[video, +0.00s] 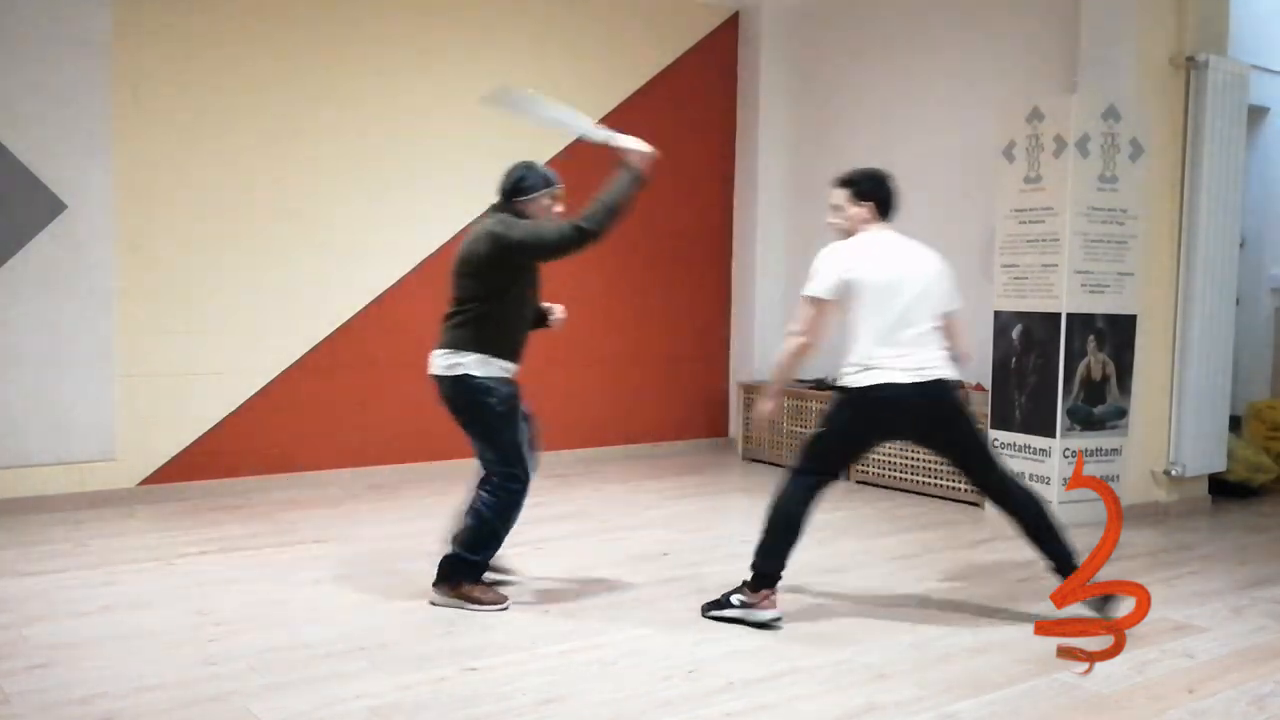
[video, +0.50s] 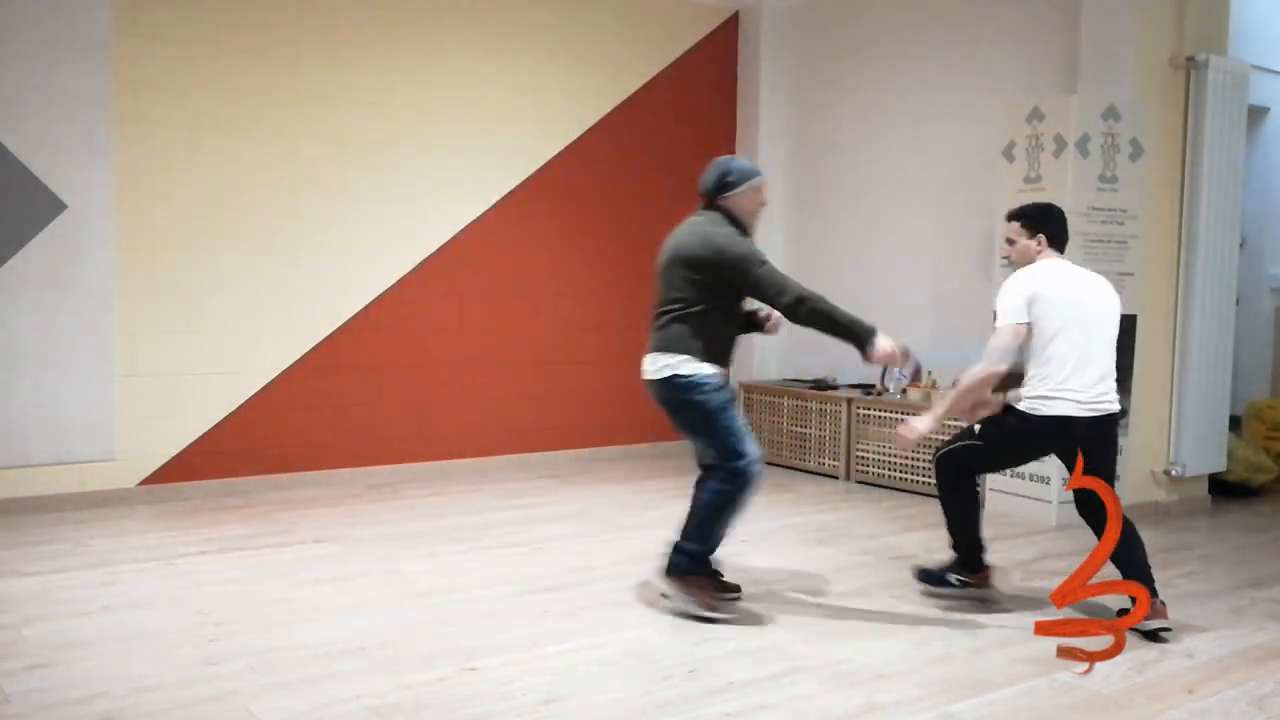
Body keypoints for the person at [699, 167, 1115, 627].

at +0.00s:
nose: (833, 217)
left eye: (839, 209)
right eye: (834, 208)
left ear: (865, 209)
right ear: (881, 211)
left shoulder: (840, 254)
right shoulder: (928, 259)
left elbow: (804, 336)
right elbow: (958, 347)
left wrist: (772, 391)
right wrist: (952, 387)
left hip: (869, 396)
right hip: (933, 396)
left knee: (804, 483)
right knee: (1000, 485)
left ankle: (759, 591)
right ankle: (1077, 579)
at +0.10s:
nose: (898, 230)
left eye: (905, 221)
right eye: (898, 220)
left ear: (932, 222)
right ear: (945, 222)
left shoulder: (915, 267)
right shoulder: (1003, 271)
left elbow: (881, 352)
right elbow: (1029, 359)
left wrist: (850, 407)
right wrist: (1002, 404)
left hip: (937, 403)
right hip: (1001, 409)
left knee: (857, 469)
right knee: (1048, 504)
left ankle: (826, 583)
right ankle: (1130, 602)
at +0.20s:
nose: (948, 244)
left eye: (956, 235)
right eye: (948, 234)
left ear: (986, 235)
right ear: (998, 237)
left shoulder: (974, 279)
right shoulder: (1049, 285)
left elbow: (953, 369)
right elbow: (1058, 368)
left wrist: (926, 407)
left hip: (989, 417)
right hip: (1047, 423)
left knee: (906, 468)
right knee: (1062, 513)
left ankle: (957, 568)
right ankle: (1141, 609)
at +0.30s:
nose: (989, 249)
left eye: (997, 240)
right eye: (990, 239)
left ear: (1025, 242)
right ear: (1033, 243)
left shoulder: (1011, 283)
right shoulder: (1078, 290)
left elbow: (995, 376)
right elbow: (1084, 370)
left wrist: (966, 422)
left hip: (1024, 423)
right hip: (1077, 424)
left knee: (940, 479)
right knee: (1075, 511)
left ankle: (1018, 565)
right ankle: (1146, 605)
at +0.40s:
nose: (1007, 252)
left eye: (1014, 242)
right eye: (1007, 242)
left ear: (1043, 243)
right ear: (1051, 245)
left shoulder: (1026, 283)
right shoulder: (1101, 293)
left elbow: (1010, 370)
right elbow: (1088, 367)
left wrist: (961, 426)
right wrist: (1004, 392)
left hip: (1039, 422)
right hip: (1095, 424)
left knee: (952, 473)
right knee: (1087, 504)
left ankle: (1006, 577)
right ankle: (1147, 600)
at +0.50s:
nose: (1005, 251)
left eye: (1011, 242)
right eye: (1005, 242)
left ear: (1039, 242)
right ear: (1048, 244)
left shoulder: (1023, 283)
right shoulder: (1102, 287)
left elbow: (994, 367)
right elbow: (1082, 372)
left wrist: (931, 418)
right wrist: (1003, 398)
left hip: (1043, 415)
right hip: (1099, 421)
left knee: (952, 462)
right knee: (1100, 506)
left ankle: (969, 567)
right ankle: (1148, 603)